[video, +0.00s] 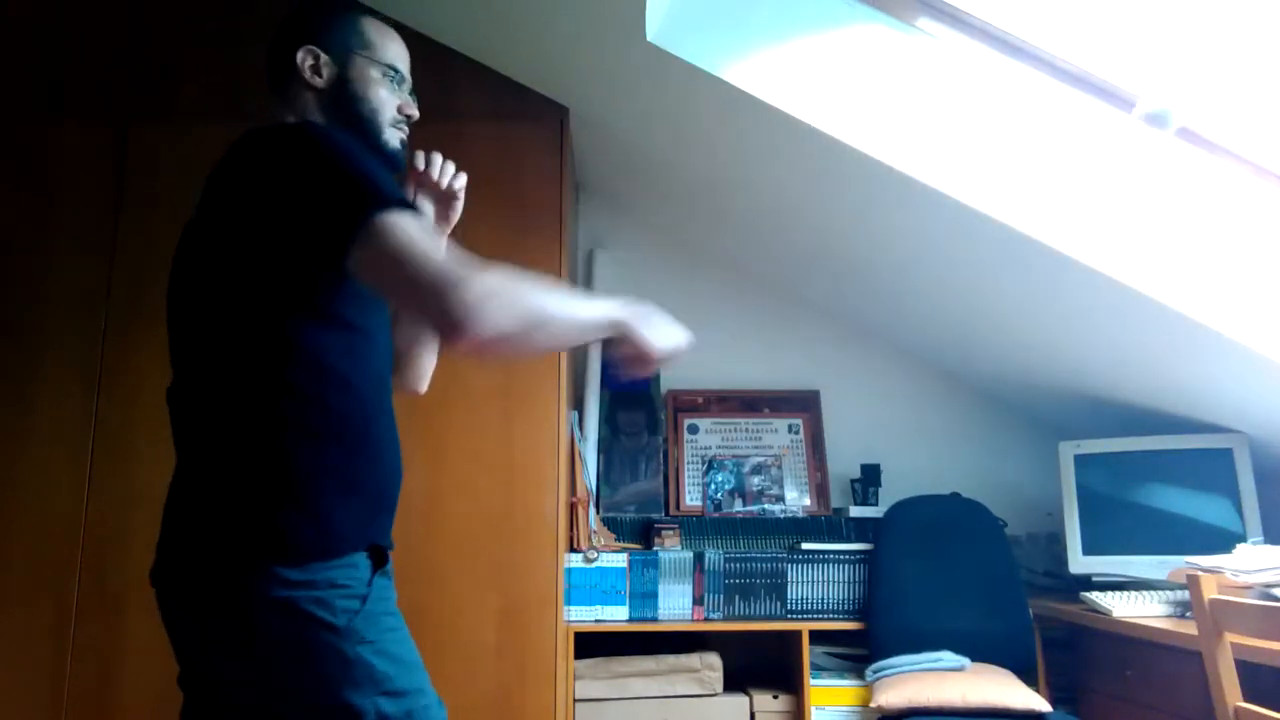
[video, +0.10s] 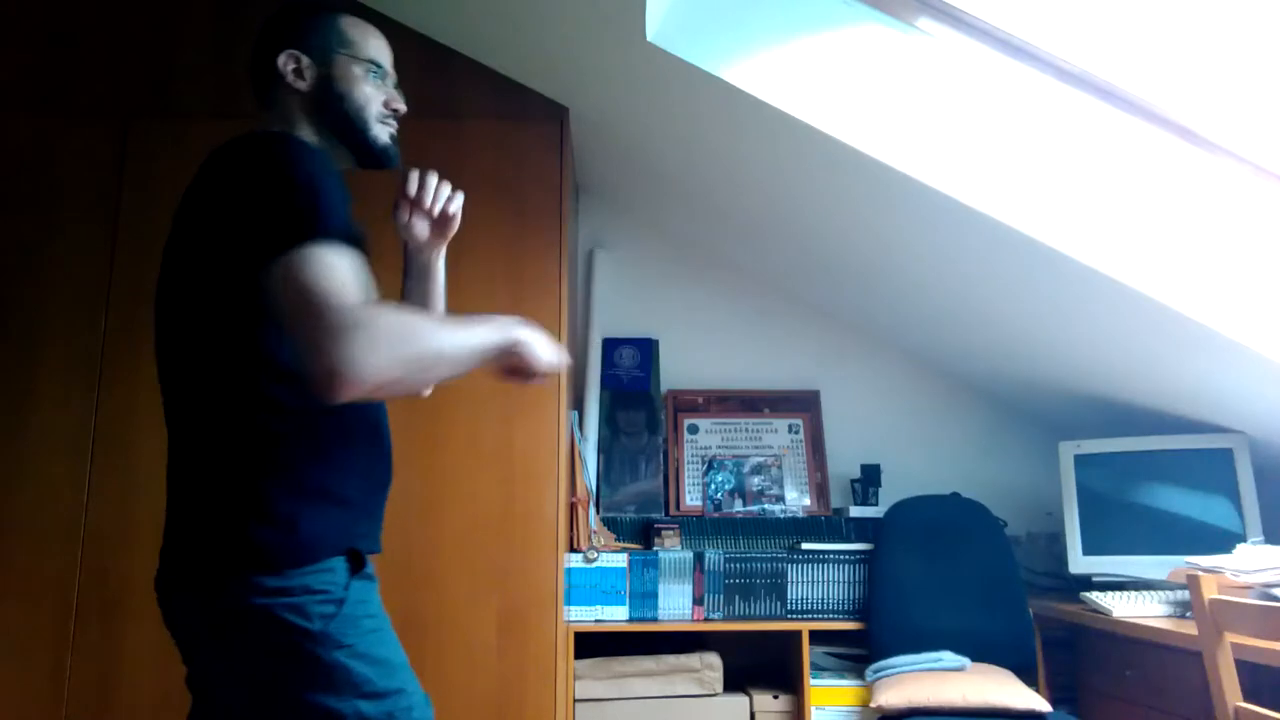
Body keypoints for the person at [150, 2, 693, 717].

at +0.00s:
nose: (412, 108)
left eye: (411, 90)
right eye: (392, 78)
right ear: (315, 68)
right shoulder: (307, 160)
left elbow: (408, 372)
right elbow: (466, 308)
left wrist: (425, 239)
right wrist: (620, 314)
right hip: (306, 577)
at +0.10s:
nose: (399, 100)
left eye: (394, 83)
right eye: (375, 72)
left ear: (302, 76)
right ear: (298, 71)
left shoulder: (251, 176)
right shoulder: (282, 167)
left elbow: (407, 367)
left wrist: (423, 255)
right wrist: (508, 332)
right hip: (295, 575)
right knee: (393, 708)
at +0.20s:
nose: (380, 100)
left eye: (375, 82)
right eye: (354, 74)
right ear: (276, 77)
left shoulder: (293, 219)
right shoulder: (234, 184)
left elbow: (412, 381)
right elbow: (240, 381)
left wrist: (416, 259)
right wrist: (417, 330)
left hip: (301, 579)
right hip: (265, 584)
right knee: (374, 707)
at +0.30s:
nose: (356, 98)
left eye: (352, 84)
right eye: (327, 74)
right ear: (250, 81)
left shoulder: (292, 239)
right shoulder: (193, 188)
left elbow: (401, 389)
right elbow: (163, 395)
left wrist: (393, 266)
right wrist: (358, 327)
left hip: (291, 582)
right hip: (240, 584)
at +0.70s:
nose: (277, 103)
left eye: (277, 91)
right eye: (247, 81)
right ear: (172, 92)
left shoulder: (238, 241)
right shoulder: (109, 192)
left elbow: (326, 403)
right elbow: (66, 384)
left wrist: (320, 286)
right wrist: (262, 317)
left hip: (225, 567)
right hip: (141, 566)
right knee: (235, 707)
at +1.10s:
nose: (228, 90)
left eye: (226, 81)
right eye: (194, 72)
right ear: (125, 102)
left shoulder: (218, 253)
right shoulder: (77, 205)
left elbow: (306, 411)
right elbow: (39, 401)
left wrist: (309, 285)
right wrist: (236, 315)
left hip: (241, 584)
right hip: (140, 588)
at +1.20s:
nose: (222, 88)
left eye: (218, 79)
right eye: (186, 70)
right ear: (117, 102)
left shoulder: (217, 255)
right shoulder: (70, 211)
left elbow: (321, 401)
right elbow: (37, 410)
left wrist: (309, 274)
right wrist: (230, 317)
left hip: (244, 588)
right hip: (142, 593)